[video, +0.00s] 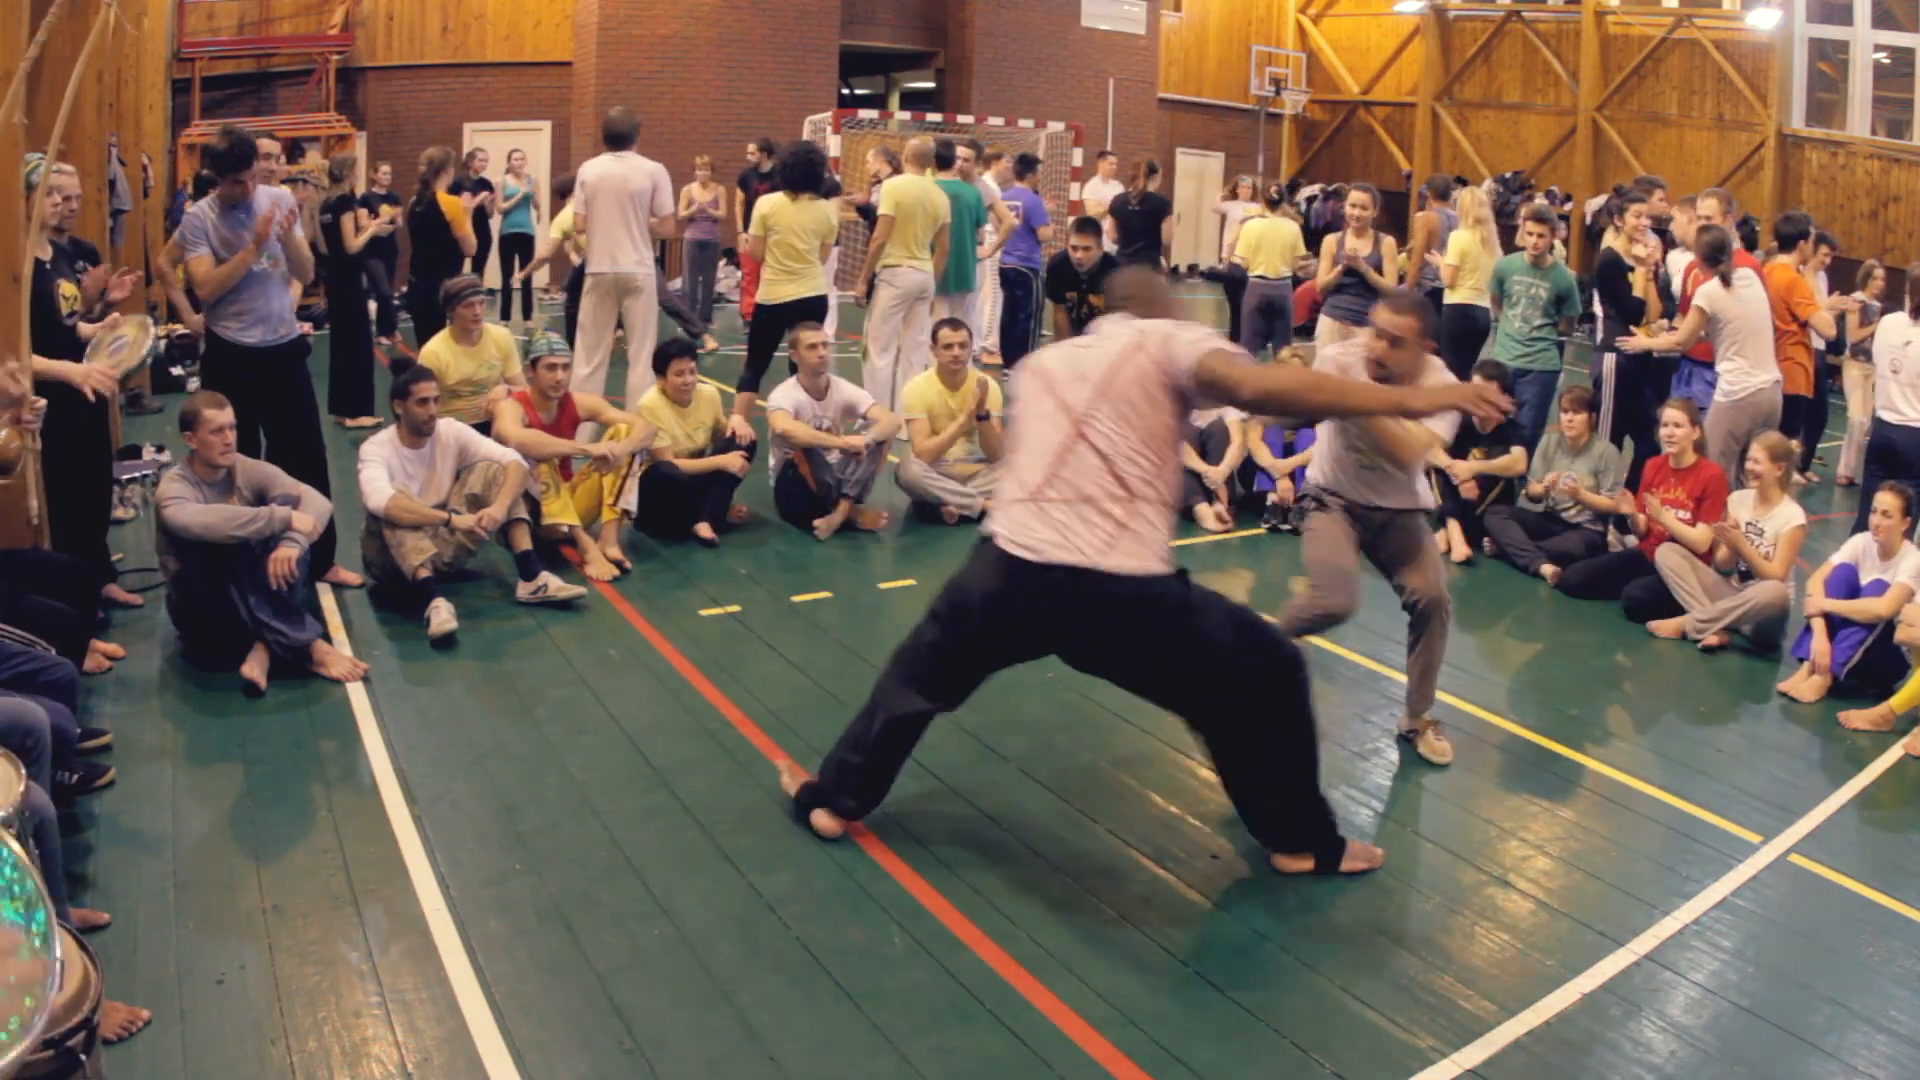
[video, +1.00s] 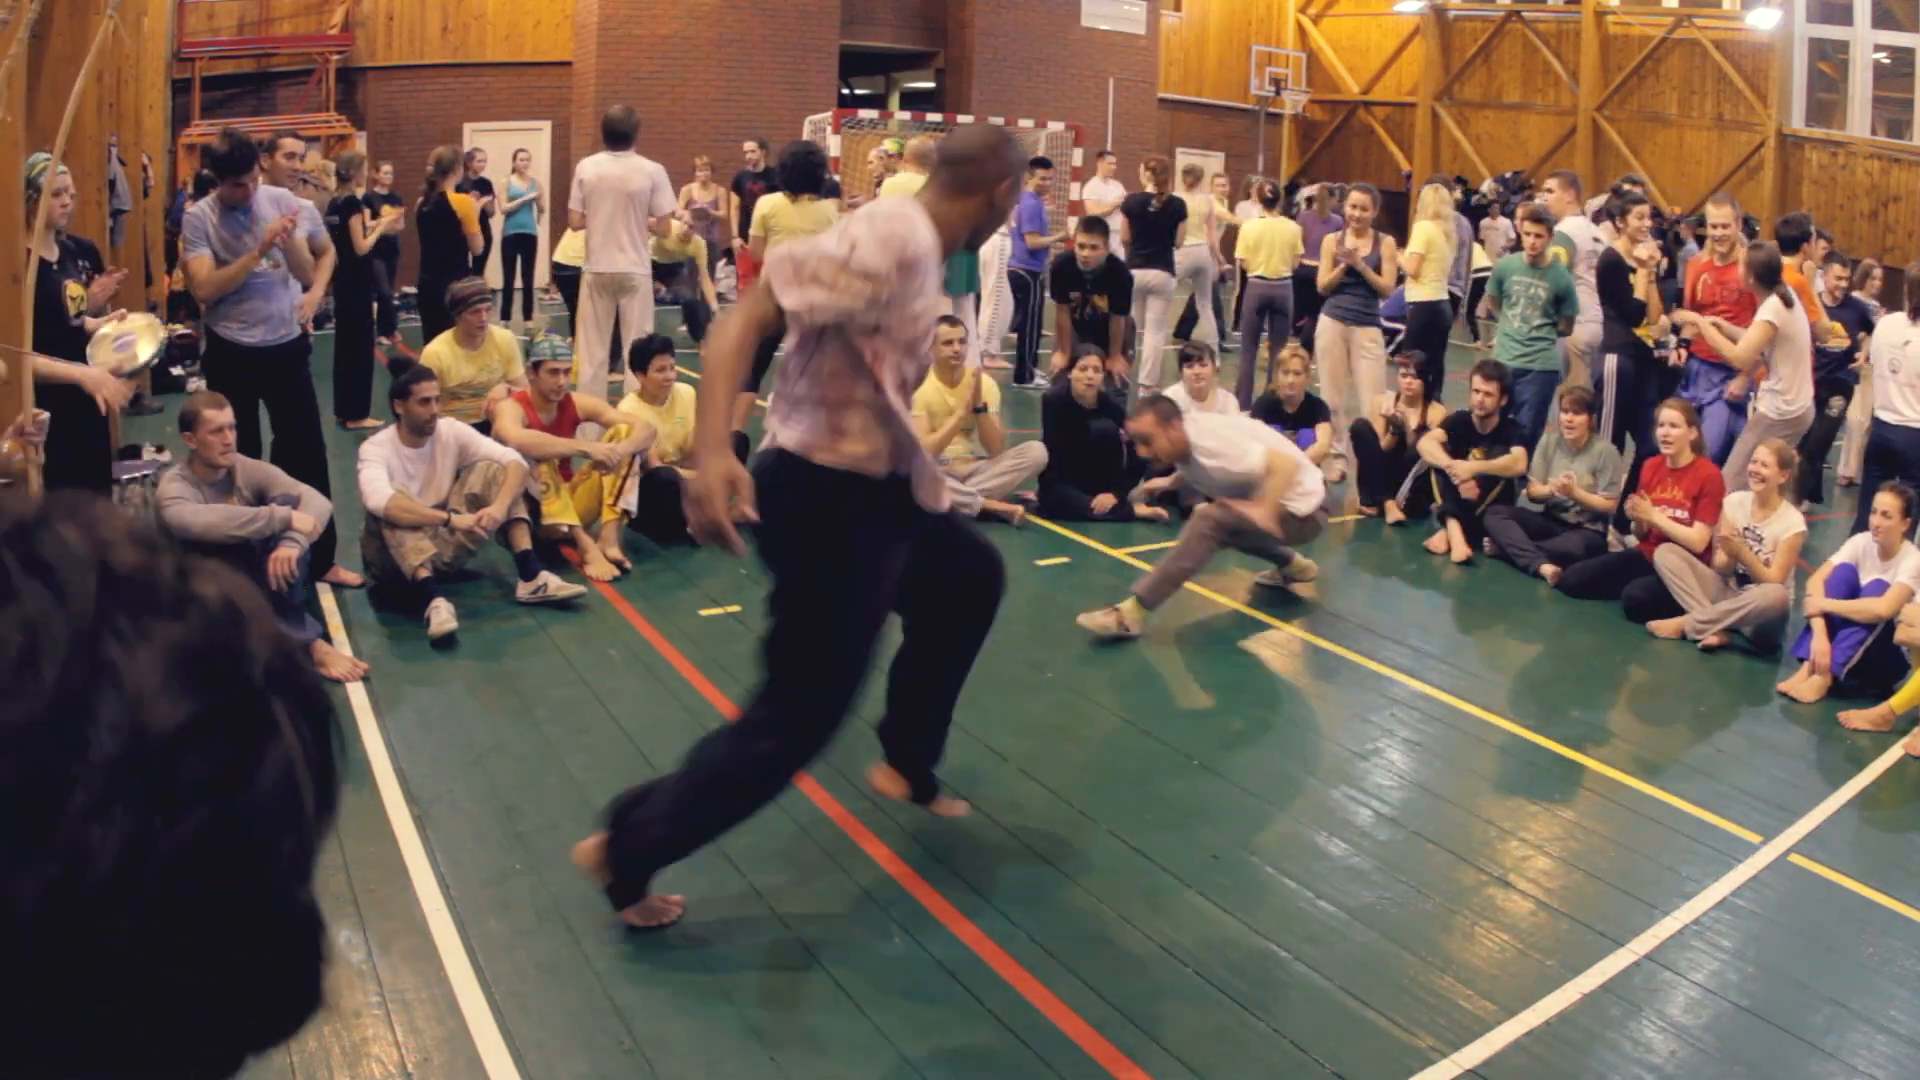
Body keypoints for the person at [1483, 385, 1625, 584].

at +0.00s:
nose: (1569, 418)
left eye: (1576, 413)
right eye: (1565, 412)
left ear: (1591, 417)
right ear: (1559, 415)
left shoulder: (1607, 452)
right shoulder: (1549, 442)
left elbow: (1614, 505)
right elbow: (1531, 491)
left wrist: (1579, 494)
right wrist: (1544, 487)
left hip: (1584, 529)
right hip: (1546, 519)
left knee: (1576, 547)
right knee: (1495, 514)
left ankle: (1508, 550)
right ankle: (1539, 565)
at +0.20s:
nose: (1570, 420)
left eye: (1577, 414)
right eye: (1565, 413)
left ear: (1591, 418)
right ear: (1559, 415)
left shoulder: (1606, 452)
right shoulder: (1549, 441)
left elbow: (1609, 505)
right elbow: (1534, 491)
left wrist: (1574, 492)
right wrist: (1555, 492)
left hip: (1584, 528)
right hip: (1548, 518)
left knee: (1576, 547)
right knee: (1494, 514)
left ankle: (1509, 550)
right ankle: (1538, 565)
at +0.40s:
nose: (1571, 421)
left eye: (1578, 415)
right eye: (1566, 414)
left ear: (1591, 419)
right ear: (1559, 416)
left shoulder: (1606, 452)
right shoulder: (1549, 442)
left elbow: (1613, 505)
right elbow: (1531, 494)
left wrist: (1582, 496)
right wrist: (1541, 487)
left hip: (1585, 530)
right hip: (1549, 520)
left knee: (1575, 548)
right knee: (1494, 514)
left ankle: (1510, 550)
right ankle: (1539, 566)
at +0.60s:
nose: (1571, 421)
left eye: (1578, 415)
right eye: (1566, 414)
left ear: (1590, 418)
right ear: (1559, 416)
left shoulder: (1606, 452)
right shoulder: (1548, 443)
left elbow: (1612, 505)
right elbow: (1532, 491)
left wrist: (1574, 493)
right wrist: (1552, 490)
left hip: (1585, 529)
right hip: (1547, 519)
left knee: (1575, 548)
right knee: (1494, 514)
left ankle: (1510, 550)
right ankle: (1539, 566)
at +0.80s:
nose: (1569, 420)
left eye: (1577, 414)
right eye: (1564, 413)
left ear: (1590, 419)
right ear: (1558, 416)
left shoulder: (1606, 452)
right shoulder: (1548, 442)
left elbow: (1617, 505)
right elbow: (1532, 497)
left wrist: (1587, 497)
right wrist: (1535, 486)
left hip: (1584, 530)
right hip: (1546, 519)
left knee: (1574, 548)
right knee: (1494, 514)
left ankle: (1509, 550)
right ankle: (1539, 566)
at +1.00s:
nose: (1568, 419)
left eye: (1576, 413)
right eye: (1564, 412)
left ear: (1591, 419)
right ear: (1558, 414)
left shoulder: (1606, 452)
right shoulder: (1548, 442)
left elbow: (1611, 505)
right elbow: (1532, 491)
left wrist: (1574, 492)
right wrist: (1551, 489)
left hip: (1584, 529)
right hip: (1547, 520)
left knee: (1575, 548)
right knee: (1494, 514)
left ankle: (1510, 550)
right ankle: (1538, 565)